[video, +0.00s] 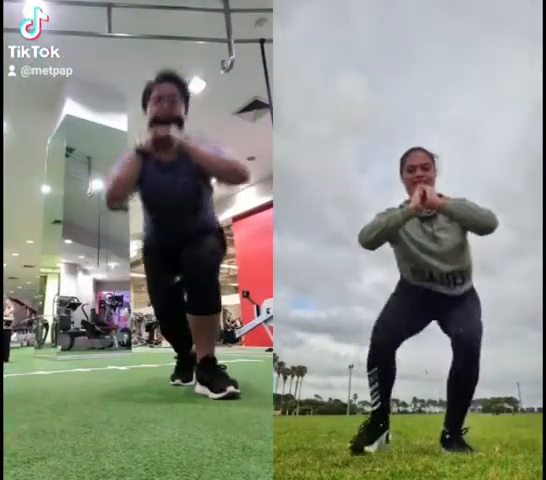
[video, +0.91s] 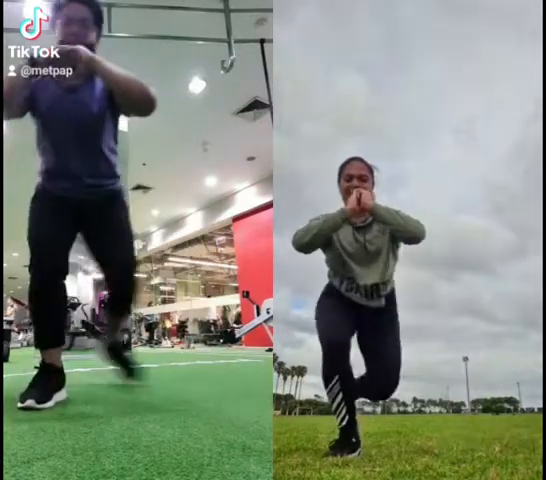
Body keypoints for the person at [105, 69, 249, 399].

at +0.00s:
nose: (164, 107)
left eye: (171, 100)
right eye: (157, 100)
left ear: (184, 109)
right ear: (146, 110)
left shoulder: (196, 148)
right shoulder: (137, 157)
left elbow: (240, 174)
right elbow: (114, 199)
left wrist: (185, 148)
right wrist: (140, 156)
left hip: (201, 236)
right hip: (159, 242)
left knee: (202, 275)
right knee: (166, 313)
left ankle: (207, 364)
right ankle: (185, 354)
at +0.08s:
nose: (163, 83)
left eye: (171, 77)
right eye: (157, 77)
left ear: (183, 87)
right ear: (145, 87)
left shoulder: (193, 131)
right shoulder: (135, 138)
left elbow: (240, 151)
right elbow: (105, 172)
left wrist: (185, 126)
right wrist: (138, 133)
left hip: (196, 223)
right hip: (155, 227)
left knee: (198, 280)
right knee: (154, 305)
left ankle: (206, 365)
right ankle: (180, 349)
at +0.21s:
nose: (153, 61)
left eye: (162, 55)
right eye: (146, 56)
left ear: (176, 64)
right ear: (137, 64)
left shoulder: (190, 107)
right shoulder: (128, 113)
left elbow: (234, 120)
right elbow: (89, 145)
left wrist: (178, 96)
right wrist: (124, 108)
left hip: (188, 210)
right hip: (144, 211)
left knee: (195, 275)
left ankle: (206, 366)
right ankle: (137, 336)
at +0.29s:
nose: (148, 58)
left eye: (157, 51)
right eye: (141, 52)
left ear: (169, 59)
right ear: (130, 60)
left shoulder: (183, 102)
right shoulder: (120, 109)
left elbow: (225, 114)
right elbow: (77, 138)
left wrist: (170, 92)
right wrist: (114, 99)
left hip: (181, 208)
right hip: (136, 208)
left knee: (194, 276)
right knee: (97, 256)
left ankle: (206, 366)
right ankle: (91, 343)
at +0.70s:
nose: (99, 47)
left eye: (108, 40)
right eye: (91, 39)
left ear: (121, 49)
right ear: (79, 46)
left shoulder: (130, 96)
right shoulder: (64, 99)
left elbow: (169, 127)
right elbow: (22, 130)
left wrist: (118, 86)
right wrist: (59, 90)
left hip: (128, 208)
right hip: (77, 209)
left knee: (167, 282)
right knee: (52, 283)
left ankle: (204, 366)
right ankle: (50, 373)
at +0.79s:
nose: (90, 36)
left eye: (100, 29)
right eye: (83, 27)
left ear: (114, 38)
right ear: (69, 33)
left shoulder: (123, 86)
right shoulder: (54, 86)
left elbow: (161, 116)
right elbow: (11, 116)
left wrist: (110, 74)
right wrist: (47, 76)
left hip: (118, 200)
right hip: (67, 202)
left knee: (154, 281)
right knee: (50, 283)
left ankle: (192, 361)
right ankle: (50, 372)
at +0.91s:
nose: (74, 30)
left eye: (83, 24)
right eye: (67, 22)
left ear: (96, 33)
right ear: (54, 27)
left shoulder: (106, 77)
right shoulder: (40, 76)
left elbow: (146, 104)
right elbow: (8, 110)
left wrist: (94, 65)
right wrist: (24, 72)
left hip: (104, 195)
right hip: (54, 194)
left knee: (124, 273)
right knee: (44, 278)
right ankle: (51, 371)